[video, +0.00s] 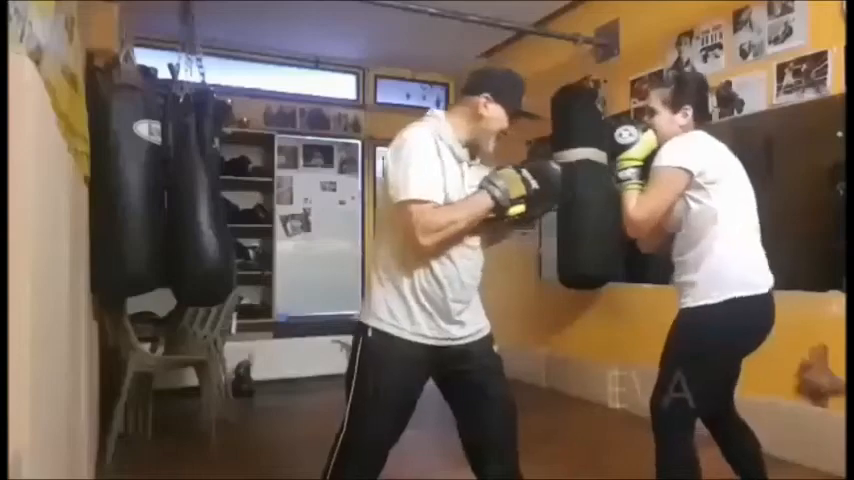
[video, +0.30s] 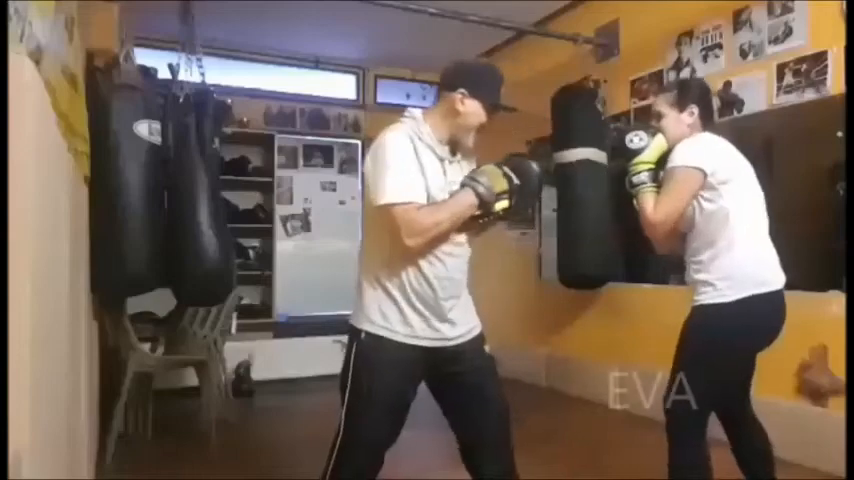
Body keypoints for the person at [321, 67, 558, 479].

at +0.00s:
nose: (507, 128)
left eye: (511, 119)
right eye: (508, 116)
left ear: (483, 106)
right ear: (484, 104)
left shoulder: (471, 158)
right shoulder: (417, 140)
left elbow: (471, 238)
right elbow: (425, 232)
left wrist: (517, 212)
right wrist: (494, 193)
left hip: (464, 332)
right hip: (397, 331)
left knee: (497, 449)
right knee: (361, 453)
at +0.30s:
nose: (487, 120)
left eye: (491, 111)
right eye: (487, 108)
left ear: (460, 102)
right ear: (459, 99)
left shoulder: (459, 155)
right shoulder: (395, 143)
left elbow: (457, 233)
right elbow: (413, 233)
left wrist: (493, 208)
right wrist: (477, 191)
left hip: (456, 331)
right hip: (390, 332)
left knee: (493, 448)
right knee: (357, 459)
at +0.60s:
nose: (504, 132)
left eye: (508, 123)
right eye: (505, 120)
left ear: (478, 111)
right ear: (479, 109)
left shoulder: (469, 157)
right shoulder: (413, 144)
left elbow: (470, 237)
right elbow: (429, 233)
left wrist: (512, 206)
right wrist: (491, 192)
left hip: (463, 328)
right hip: (398, 330)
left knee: (498, 447)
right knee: (359, 457)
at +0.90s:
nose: (474, 128)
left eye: (477, 117)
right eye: (470, 114)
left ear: (443, 108)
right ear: (440, 107)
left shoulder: (453, 150)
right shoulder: (378, 150)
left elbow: (508, 145)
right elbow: (397, 240)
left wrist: (505, 187)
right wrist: (453, 186)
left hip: (455, 324)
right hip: (386, 332)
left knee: (499, 427)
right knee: (356, 455)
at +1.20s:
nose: (484, 123)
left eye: (487, 112)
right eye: (479, 110)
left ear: (451, 104)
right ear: (449, 103)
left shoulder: (468, 139)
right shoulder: (388, 147)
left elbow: (533, 127)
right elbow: (405, 236)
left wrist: (520, 171)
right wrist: (463, 182)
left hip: (468, 321)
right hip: (398, 328)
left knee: (503, 429)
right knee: (359, 450)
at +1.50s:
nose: (494, 137)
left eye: (495, 127)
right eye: (489, 126)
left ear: (463, 118)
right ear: (460, 118)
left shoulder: (476, 149)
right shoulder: (393, 154)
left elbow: (534, 158)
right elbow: (401, 246)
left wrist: (522, 201)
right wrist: (466, 200)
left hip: (465, 323)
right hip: (396, 330)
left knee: (505, 425)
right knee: (364, 447)